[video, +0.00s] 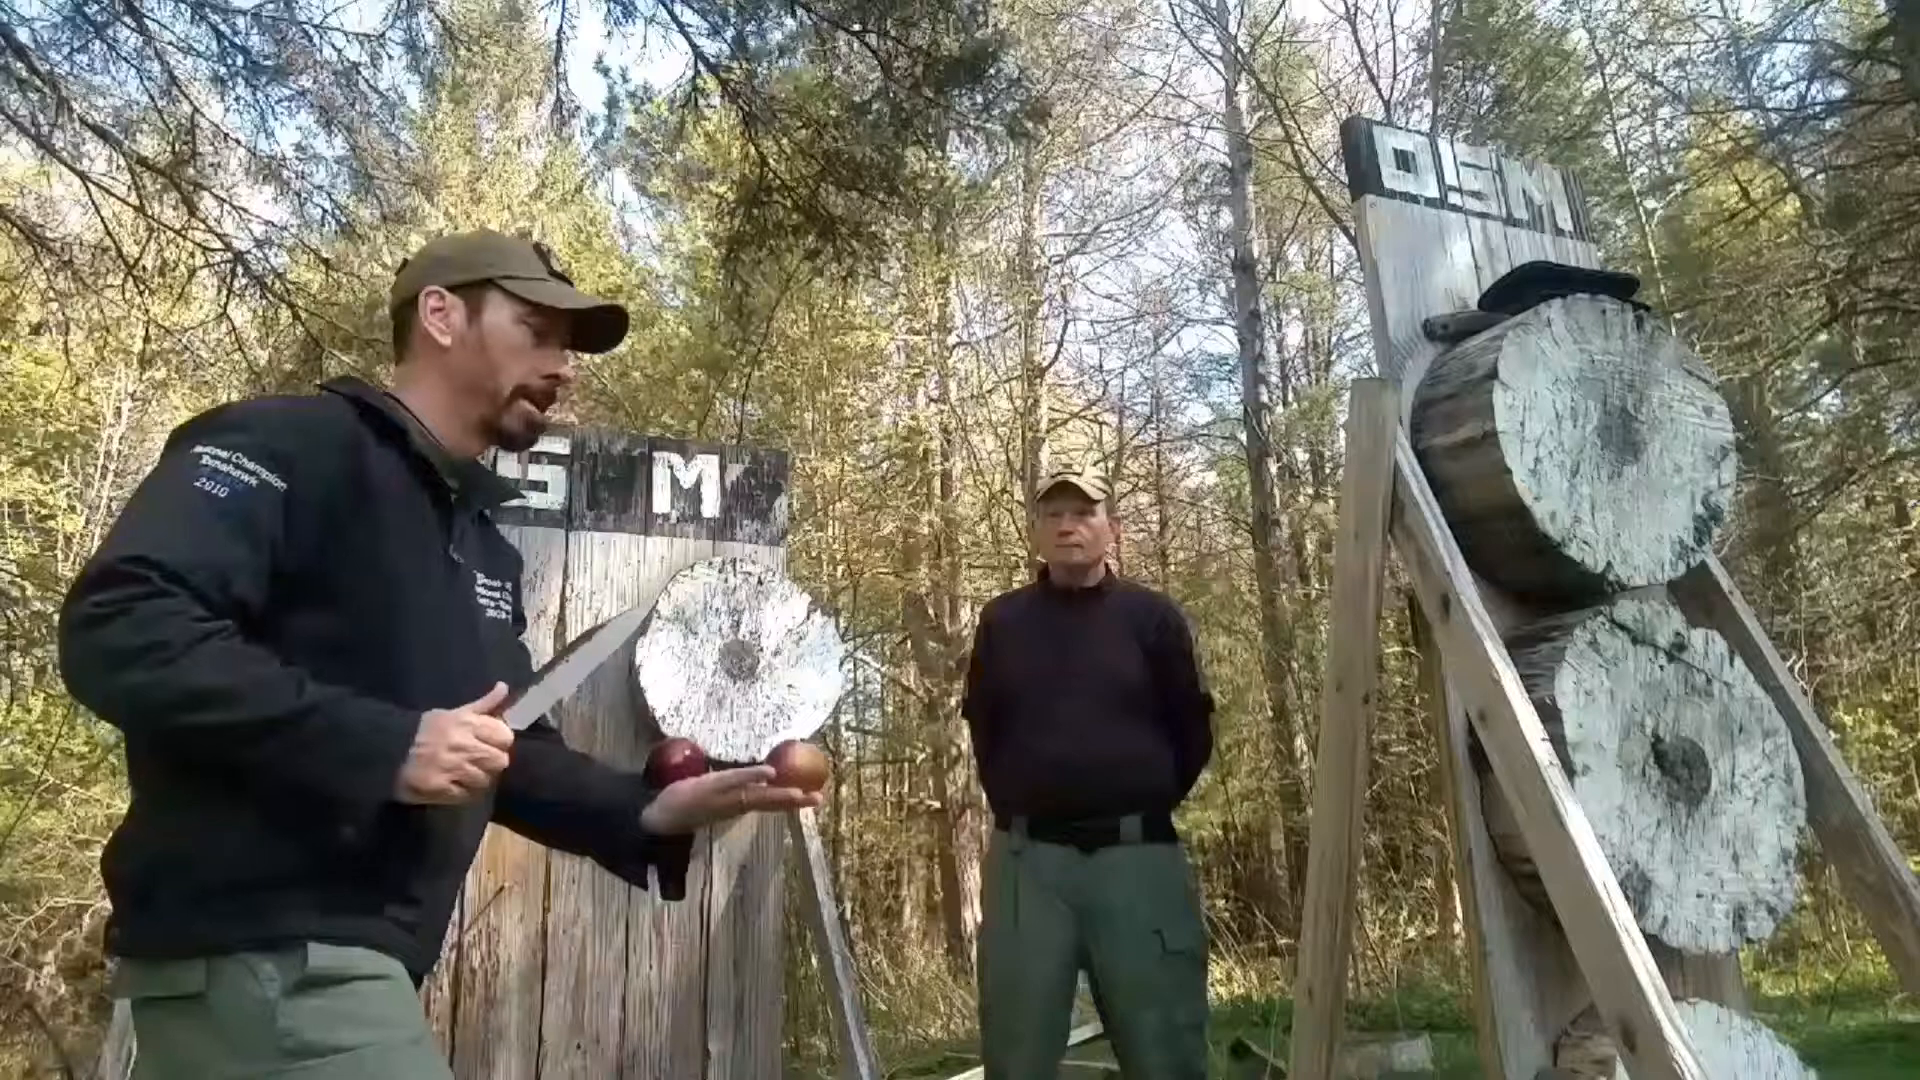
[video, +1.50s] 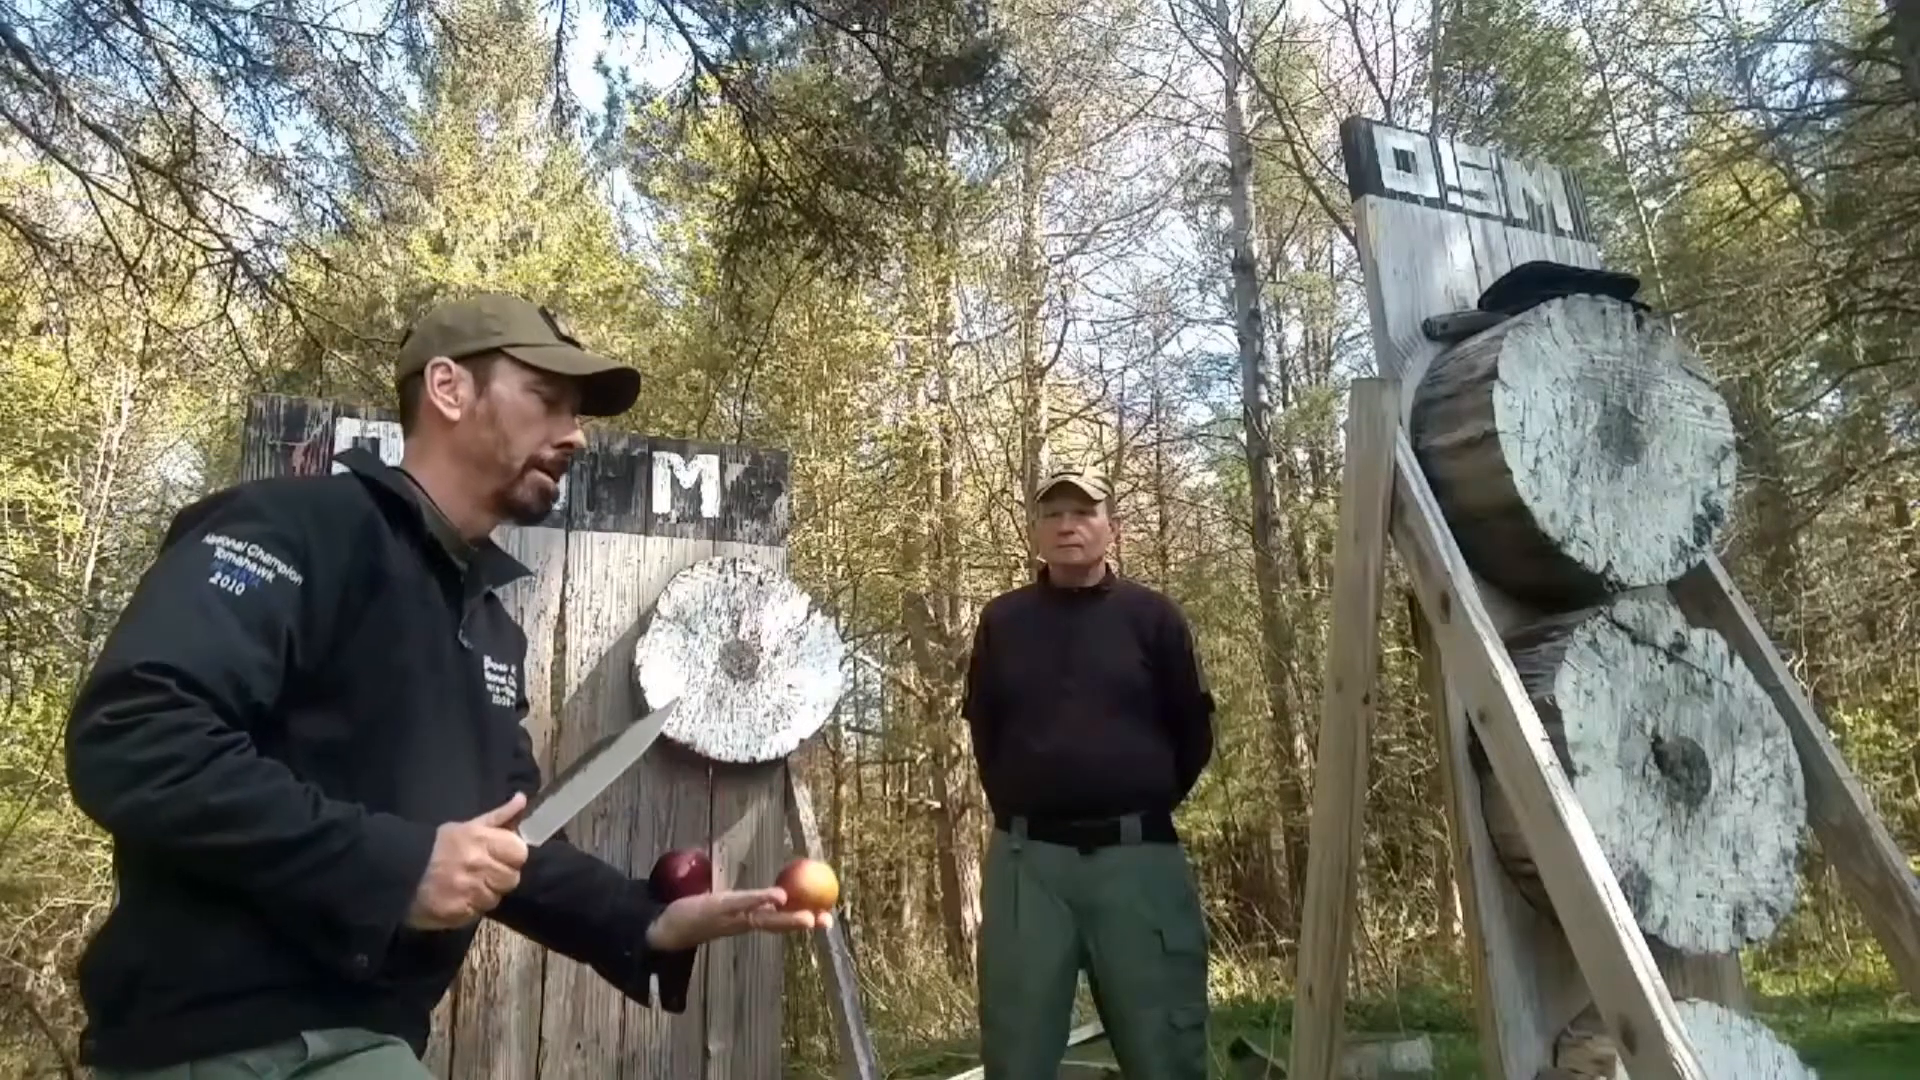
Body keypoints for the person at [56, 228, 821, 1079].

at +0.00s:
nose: (565, 369)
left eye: (572, 346)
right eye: (543, 331)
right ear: (443, 316)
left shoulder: (487, 553)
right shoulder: (285, 445)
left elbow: (487, 749)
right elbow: (118, 628)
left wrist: (652, 808)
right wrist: (385, 743)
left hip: (348, 967)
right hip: (264, 968)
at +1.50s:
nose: (574, 438)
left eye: (577, 414)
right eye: (549, 401)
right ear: (449, 392)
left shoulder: (491, 622)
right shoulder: (295, 525)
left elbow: (481, 839)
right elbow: (132, 741)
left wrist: (651, 922)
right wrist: (397, 863)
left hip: (370, 1033)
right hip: (241, 1032)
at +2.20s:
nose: (552, 450)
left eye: (555, 424)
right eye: (523, 412)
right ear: (420, 409)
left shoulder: (487, 628)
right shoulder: (264, 558)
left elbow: (548, 816)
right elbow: (149, 788)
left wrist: (716, 851)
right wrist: (421, 874)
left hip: (408, 1038)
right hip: (260, 1037)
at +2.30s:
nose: (546, 425)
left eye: (547, 399)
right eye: (518, 392)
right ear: (418, 387)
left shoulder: (487, 598)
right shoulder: (263, 537)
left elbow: (561, 765)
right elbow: (164, 749)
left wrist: (757, 776)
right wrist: (456, 806)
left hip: (416, 1021)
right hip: (290, 1025)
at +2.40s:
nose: (541, 395)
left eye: (541, 371)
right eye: (510, 359)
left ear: (425, 368)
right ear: (413, 360)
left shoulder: (484, 569)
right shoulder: (277, 506)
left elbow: (579, 719)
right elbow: (196, 704)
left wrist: (769, 699)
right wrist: (492, 707)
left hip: (408, 992)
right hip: (323, 999)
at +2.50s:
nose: (537, 370)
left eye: (538, 347)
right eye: (507, 334)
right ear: (410, 336)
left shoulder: (478, 530)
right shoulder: (292, 468)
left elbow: (598, 665)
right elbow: (234, 649)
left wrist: (780, 631)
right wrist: (518, 600)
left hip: (411, 962)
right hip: (338, 970)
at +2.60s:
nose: (529, 340)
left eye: (528, 319)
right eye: (500, 311)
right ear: (403, 314)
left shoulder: (492, 492)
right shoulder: (298, 443)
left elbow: (604, 626)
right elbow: (276, 598)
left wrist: (780, 577)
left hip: (426, 927)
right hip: (340, 932)